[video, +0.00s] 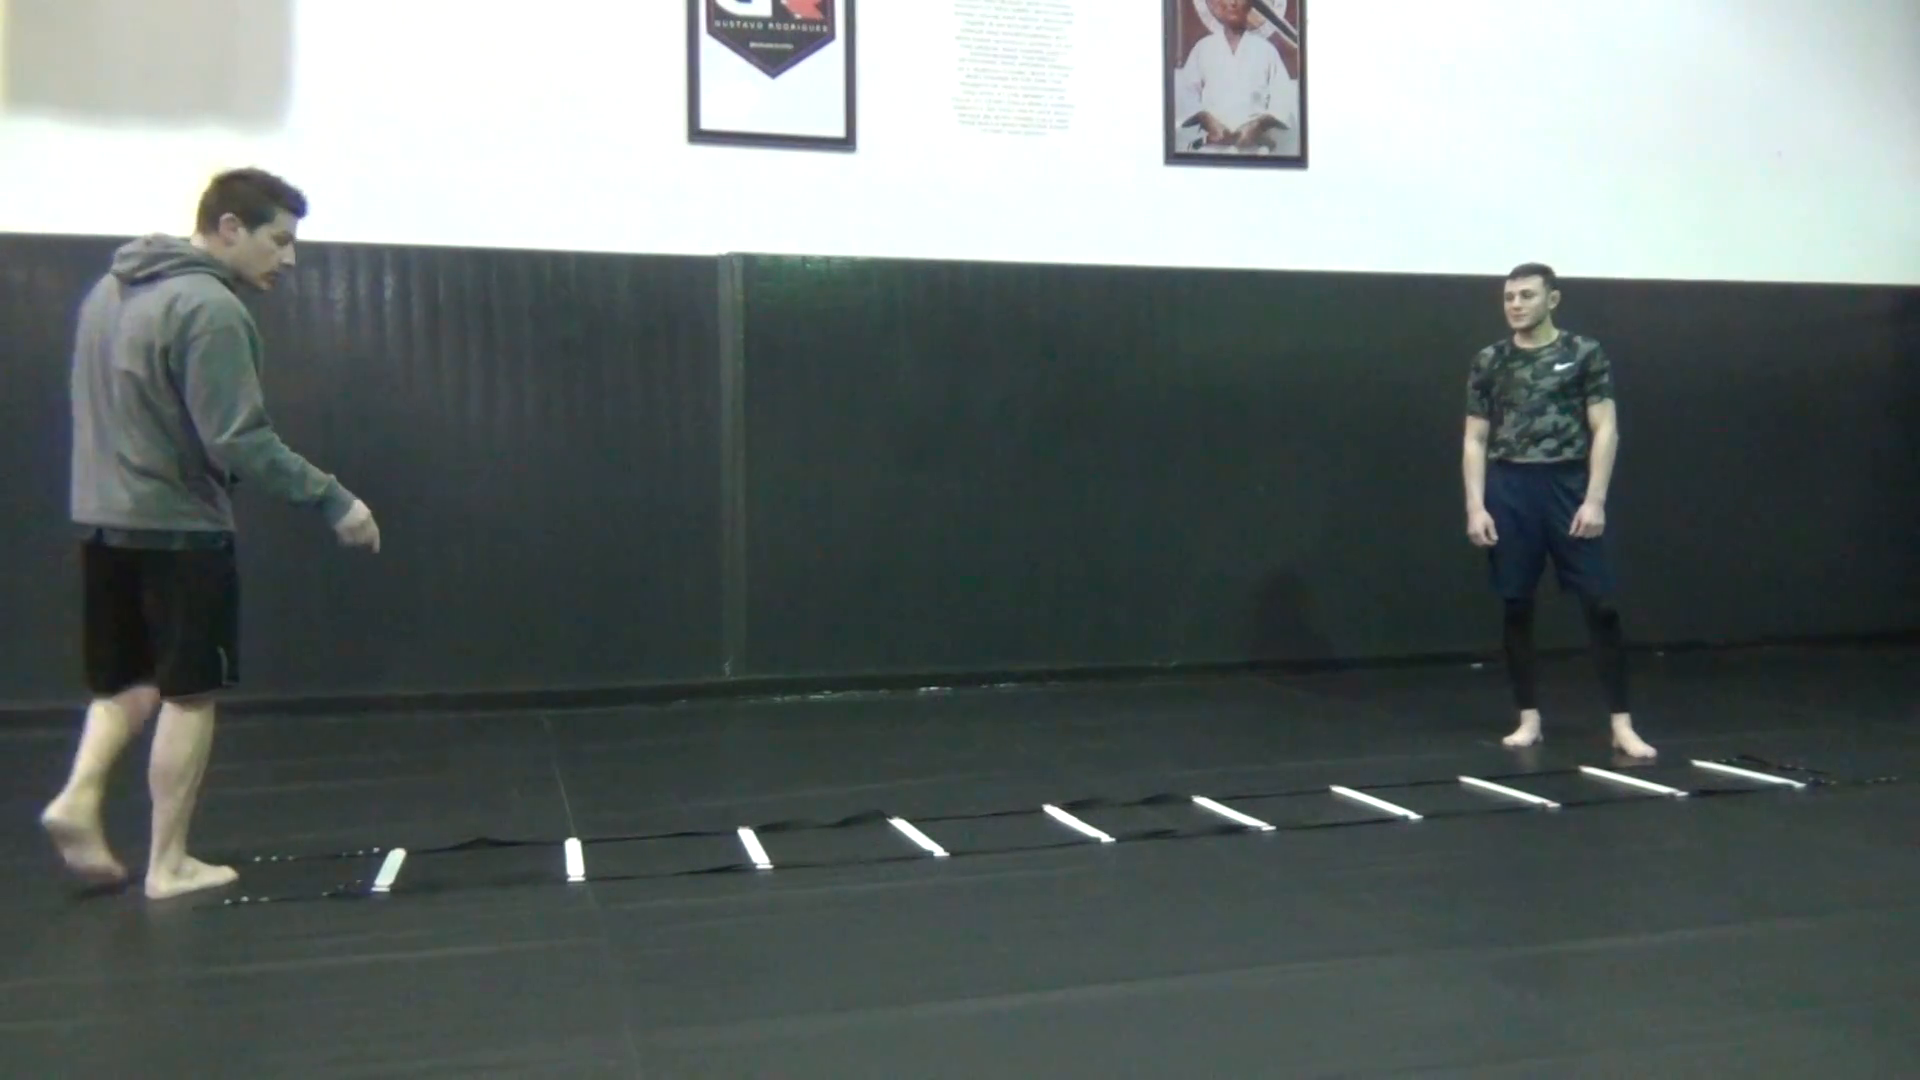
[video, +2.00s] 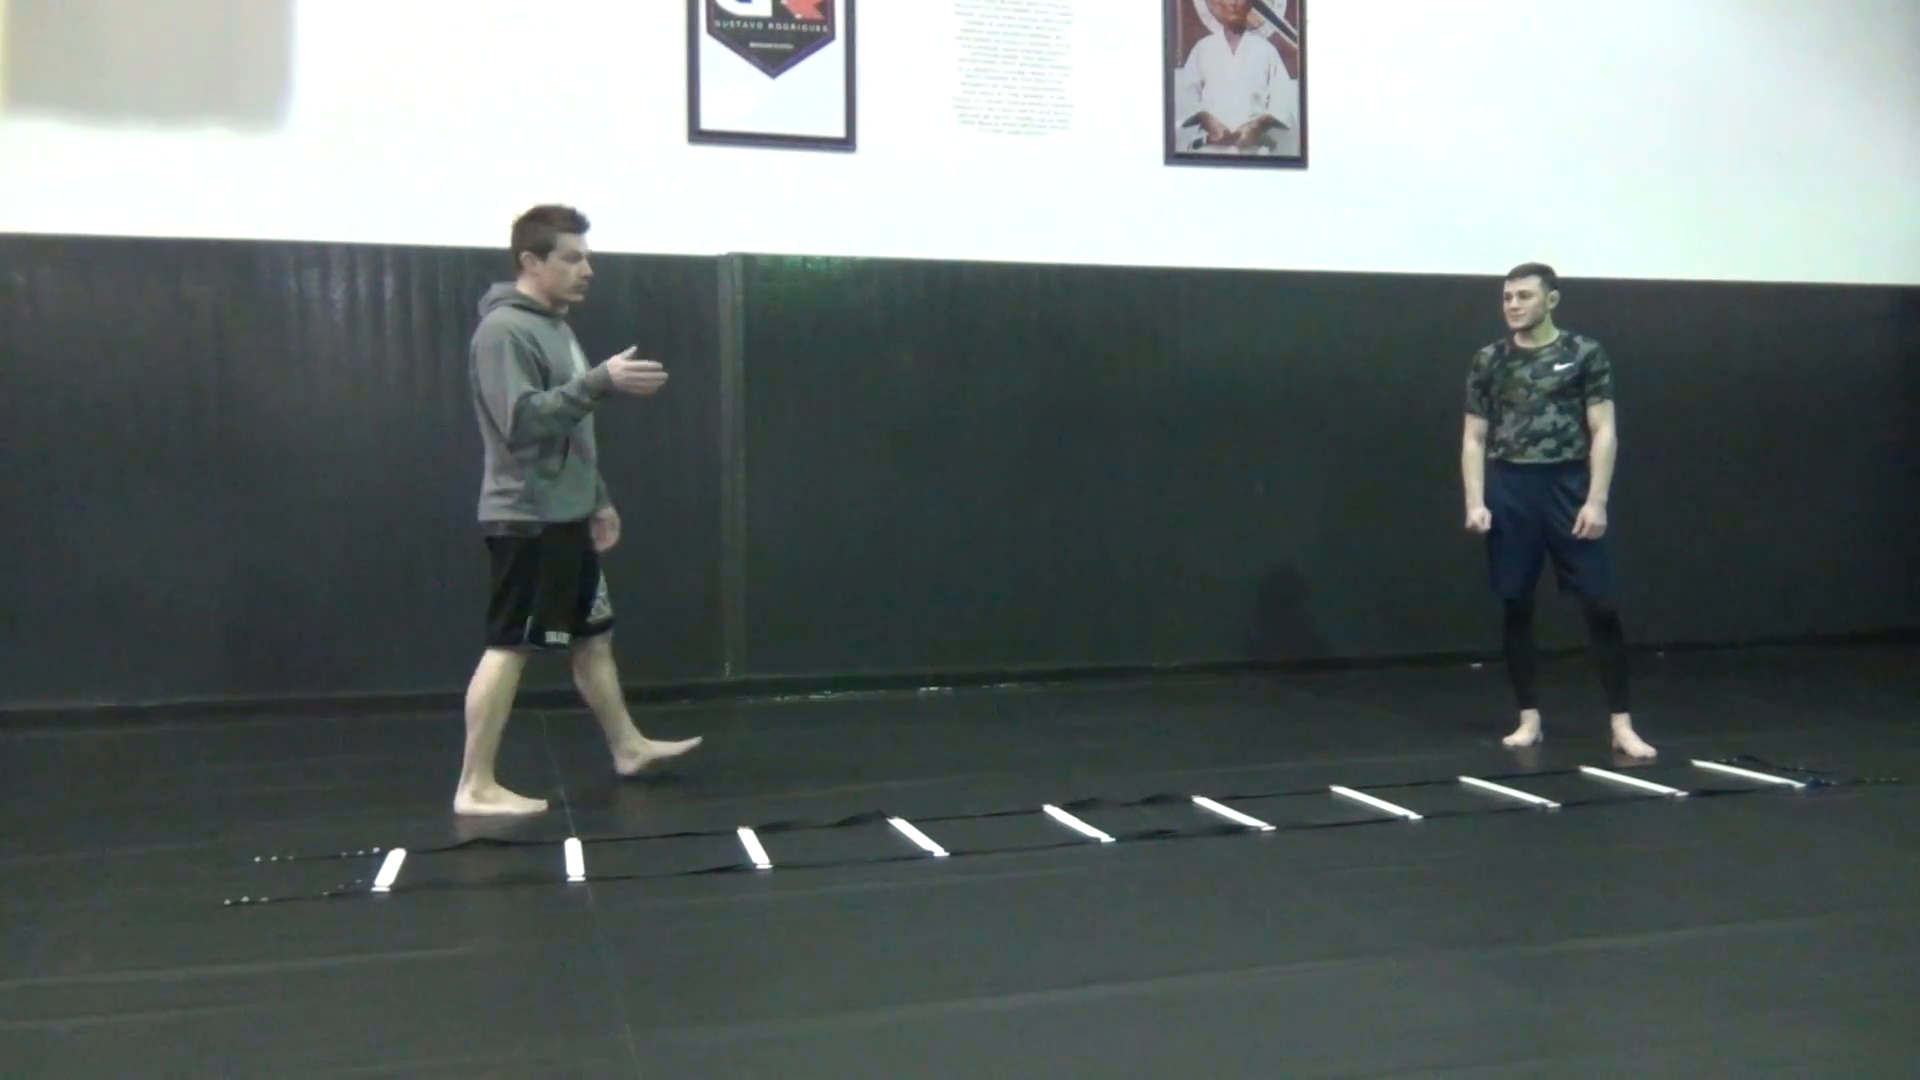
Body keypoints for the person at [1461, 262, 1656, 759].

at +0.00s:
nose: (1516, 305)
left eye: (1527, 296)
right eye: (1510, 298)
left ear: (1552, 299)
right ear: (1503, 304)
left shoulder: (1585, 353)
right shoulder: (1489, 361)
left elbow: (1604, 428)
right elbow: (1475, 438)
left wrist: (1595, 499)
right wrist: (1475, 506)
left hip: (1570, 490)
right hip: (1509, 491)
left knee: (1601, 603)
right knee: (1515, 605)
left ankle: (1621, 724)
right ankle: (1528, 718)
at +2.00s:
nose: (1513, 305)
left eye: (1524, 296)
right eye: (1508, 298)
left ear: (1551, 300)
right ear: (1503, 304)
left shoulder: (1586, 353)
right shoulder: (1489, 361)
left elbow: (1603, 431)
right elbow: (1474, 437)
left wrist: (1597, 499)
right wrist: (1474, 499)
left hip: (1570, 489)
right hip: (1509, 491)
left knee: (1600, 603)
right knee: (1515, 604)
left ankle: (1620, 723)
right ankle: (1528, 717)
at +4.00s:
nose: (1511, 305)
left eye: (1522, 296)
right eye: (1507, 297)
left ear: (1552, 300)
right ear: (1505, 303)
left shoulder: (1588, 353)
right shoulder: (1490, 359)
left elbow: (1605, 429)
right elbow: (1474, 437)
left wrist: (1601, 500)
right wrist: (1473, 504)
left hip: (1571, 490)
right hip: (1509, 491)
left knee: (1602, 605)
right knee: (1516, 606)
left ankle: (1621, 724)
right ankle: (1528, 718)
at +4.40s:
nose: (1518, 308)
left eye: (1529, 300)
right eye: (1512, 300)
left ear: (1555, 302)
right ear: (1507, 304)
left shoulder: (1589, 353)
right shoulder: (1491, 360)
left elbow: (1606, 429)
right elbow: (1476, 437)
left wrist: (1605, 499)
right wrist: (1476, 505)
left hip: (1572, 490)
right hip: (1510, 491)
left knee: (1602, 603)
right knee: (1516, 604)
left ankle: (1621, 724)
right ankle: (1528, 718)